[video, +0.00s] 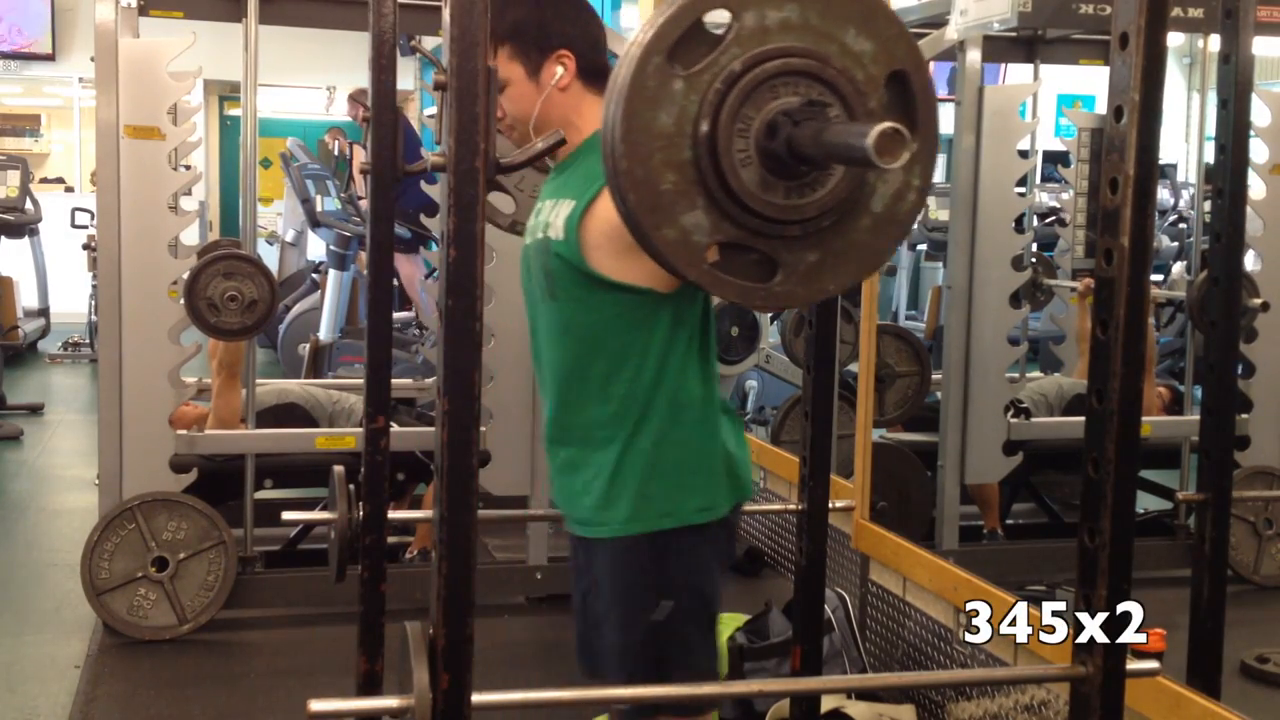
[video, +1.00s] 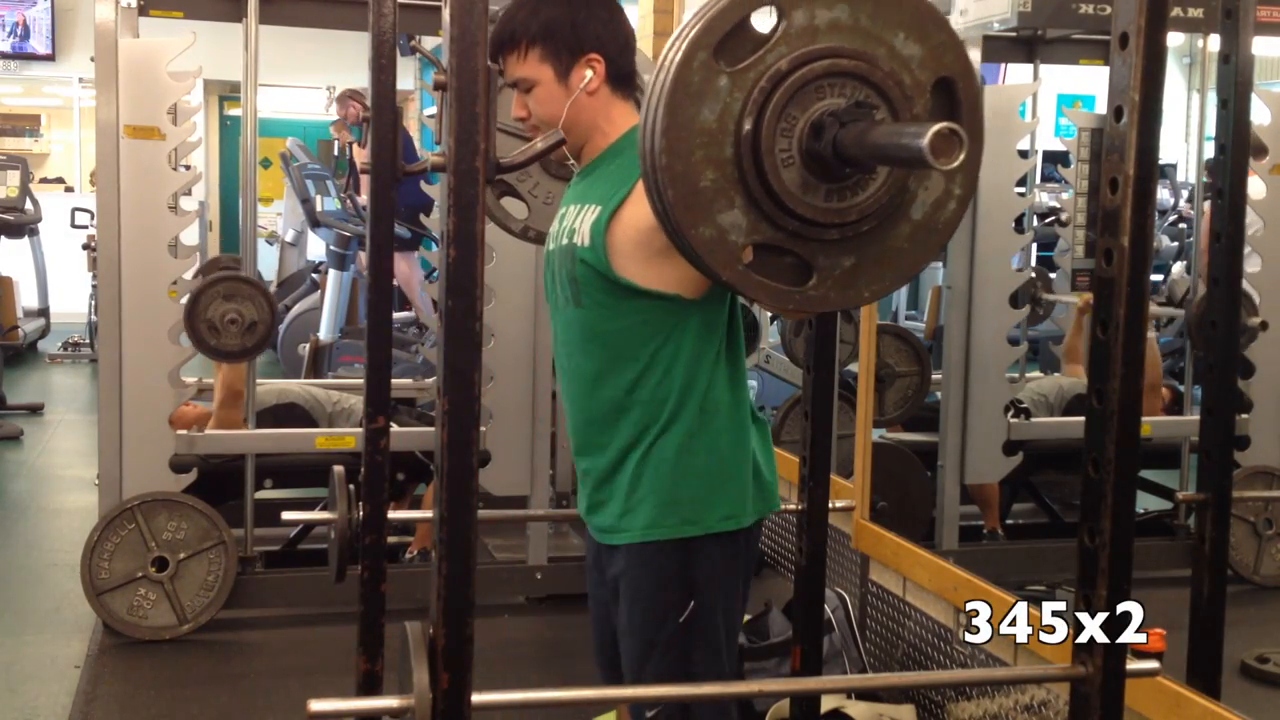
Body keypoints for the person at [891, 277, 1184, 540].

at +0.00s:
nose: (1154, 393)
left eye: (1161, 397)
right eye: (1158, 391)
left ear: (1160, 412)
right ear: (1146, 386)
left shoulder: (1132, 415)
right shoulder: (1100, 391)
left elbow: (1144, 364)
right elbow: (1086, 345)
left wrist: (1144, 311)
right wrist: (1084, 300)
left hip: (1025, 412)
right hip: (1009, 399)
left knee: (978, 449)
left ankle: (992, 531)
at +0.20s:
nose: (1154, 392)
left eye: (1161, 396)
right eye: (1157, 390)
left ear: (1161, 412)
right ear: (1146, 386)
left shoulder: (1133, 416)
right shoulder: (1100, 390)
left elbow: (1144, 364)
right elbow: (1086, 346)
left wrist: (1144, 311)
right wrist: (1084, 300)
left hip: (1024, 413)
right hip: (1007, 399)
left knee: (977, 448)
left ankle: (992, 530)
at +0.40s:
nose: (1155, 394)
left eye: (1161, 397)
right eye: (1158, 391)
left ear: (1160, 412)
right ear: (1146, 386)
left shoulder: (1130, 417)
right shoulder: (1099, 391)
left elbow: (1145, 365)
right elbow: (1086, 346)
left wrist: (1145, 311)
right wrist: (1083, 300)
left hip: (1022, 413)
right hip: (1006, 398)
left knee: (978, 449)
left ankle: (992, 530)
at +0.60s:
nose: (1155, 394)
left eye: (1161, 397)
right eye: (1158, 391)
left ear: (1161, 412)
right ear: (1147, 386)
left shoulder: (1133, 416)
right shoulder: (1101, 390)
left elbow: (1145, 363)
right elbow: (1085, 345)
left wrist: (1145, 311)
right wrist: (1083, 300)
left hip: (1023, 414)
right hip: (1008, 399)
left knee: (978, 450)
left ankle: (992, 530)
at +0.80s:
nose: (1154, 393)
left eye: (1160, 397)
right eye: (1157, 390)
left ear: (1162, 412)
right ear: (1146, 387)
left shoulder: (1136, 416)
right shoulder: (1104, 393)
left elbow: (1146, 365)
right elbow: (1083, 352)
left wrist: (1144, 310)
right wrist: (1082, 303)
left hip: (1021, 414)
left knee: (977, 449)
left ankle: (992, 529)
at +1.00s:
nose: (1157, 392)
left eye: (1162, 394)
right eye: (1160, 391)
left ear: (1164, 406)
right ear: (1152, 393)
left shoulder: (1137, 411)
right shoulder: (1092, 390)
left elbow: (1151, 380)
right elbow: (1073, 358)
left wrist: (1146, 325)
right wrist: (1082, 312)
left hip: (1016, 415)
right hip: (1001, 406)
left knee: (977, 454)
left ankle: (993, 529)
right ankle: (992, 526)